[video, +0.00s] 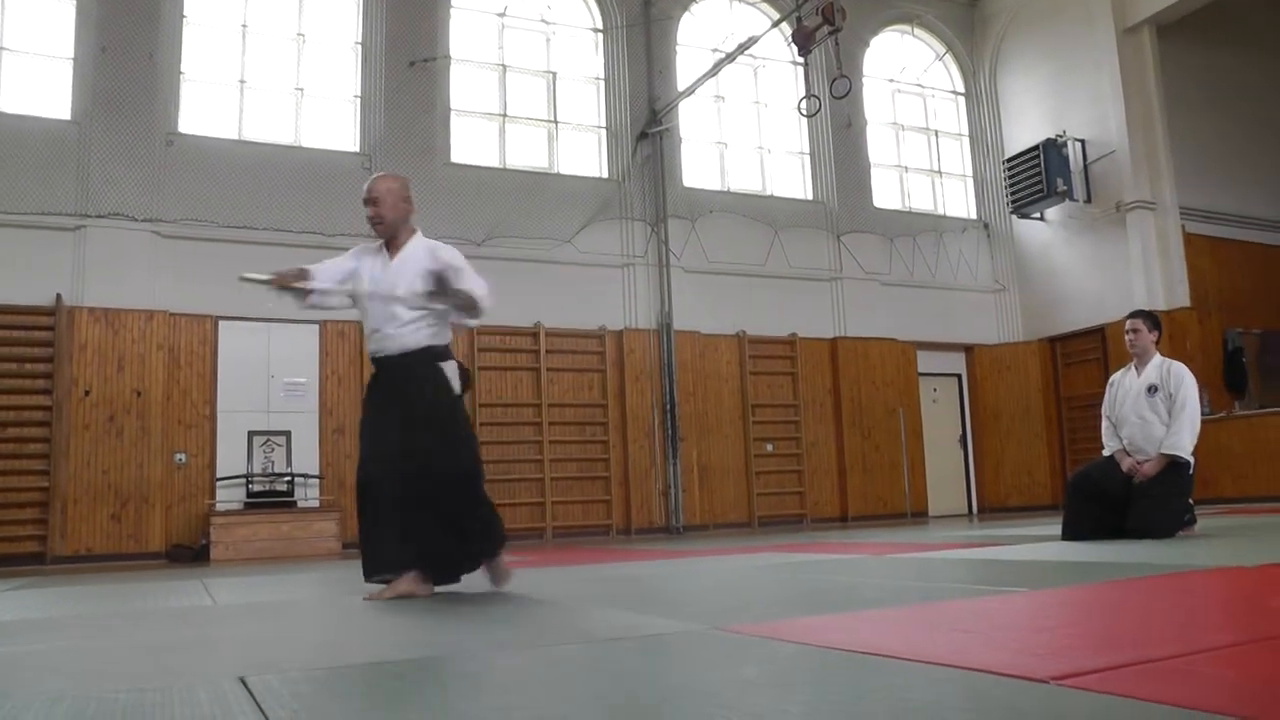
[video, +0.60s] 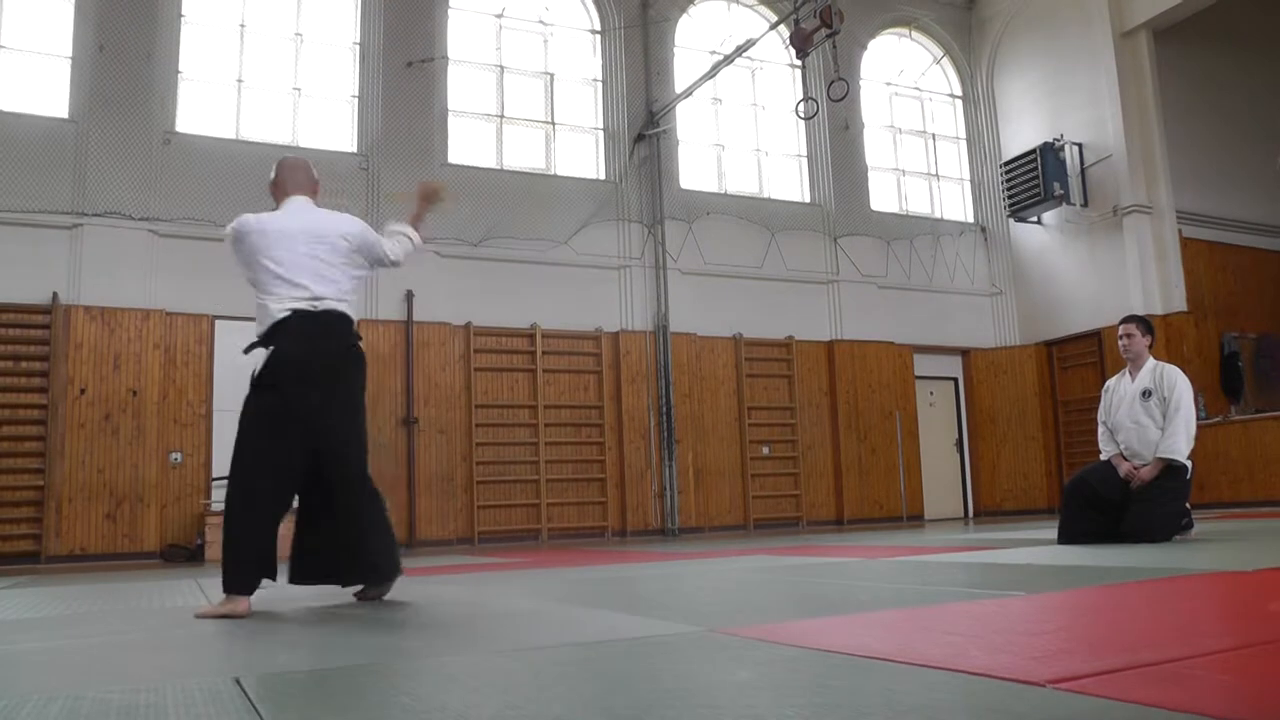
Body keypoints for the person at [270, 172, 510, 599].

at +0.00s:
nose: (369, 211)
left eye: (376, 203)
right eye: (366, 204)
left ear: (406, 205)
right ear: (370, 210)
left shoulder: (436, 254)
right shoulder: (362, 259)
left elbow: (479, 301)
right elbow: (323, 276)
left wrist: (451, 293)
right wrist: (296, 279)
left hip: (431, 376)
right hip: (386, 378)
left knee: (450, 469)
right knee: (382, 473)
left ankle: (488, 546)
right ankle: (412, 573)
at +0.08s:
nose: (351, 211)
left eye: (358, 202)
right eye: (350, 204)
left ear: (389, 204)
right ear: (360, 209)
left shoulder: (423, 251)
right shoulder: (359, 260)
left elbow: (430, 298)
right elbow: (311, 283)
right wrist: (257, 288)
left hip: (419, 372)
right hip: (379, 375)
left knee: (419, 469)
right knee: (374, 473)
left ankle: (462, 549)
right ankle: (412, 576)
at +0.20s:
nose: (330, 212)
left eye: (333, 201)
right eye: (329, 202)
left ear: (361, 198)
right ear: (361, 199)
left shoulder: (384, 242)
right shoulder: (376, 245)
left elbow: (354, 292)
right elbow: (341, 301)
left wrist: (288, 301)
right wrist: (286, 312)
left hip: (388, 375)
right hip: (383, 373)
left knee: (336, 460)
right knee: (398, 472)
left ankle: (370, 576)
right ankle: (407, 574)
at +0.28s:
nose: (318, 212)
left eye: (320, 202)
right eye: (318, 203)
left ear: (341, 196)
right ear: (357, 196)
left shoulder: (356, 240)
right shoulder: (380, 241)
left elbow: (310, 282)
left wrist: (248, 296)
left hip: (369, 367)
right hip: (393, 364)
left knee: (311, 463)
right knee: (392, 468)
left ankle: (301, 579)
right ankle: (406, 571)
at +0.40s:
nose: (301, 203)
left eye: (302, 196)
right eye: (302, 196)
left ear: (311, 194)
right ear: (343, 193)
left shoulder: (301, 236)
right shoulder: (376, 239)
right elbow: (400, 291)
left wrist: (221, 281)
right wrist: (411, 301)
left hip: (330, 357)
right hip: (374, 356)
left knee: (286, 464)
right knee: (379, 460)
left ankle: (245, 582)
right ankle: (407, 570)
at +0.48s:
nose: (290, 198)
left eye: (289, 191)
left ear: (292, 191)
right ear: (335, 192)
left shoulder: (274, 233)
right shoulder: (366, 235)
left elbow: (222, 269)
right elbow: (404, 274)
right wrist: (435, 276)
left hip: (307, 356)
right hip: (359, 354)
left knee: (273, 466)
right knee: (362, 461)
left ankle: (238, 588)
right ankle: (396, 568)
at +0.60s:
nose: (274, 192)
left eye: (272, 186)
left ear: (273, 191)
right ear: (318, 190)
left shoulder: (248, 228)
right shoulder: (348, 226)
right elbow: (392, 253)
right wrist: (416, 215)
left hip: (286, 353)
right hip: (340, 351)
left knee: (256, 468)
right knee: (346, 464)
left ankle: (238, 592)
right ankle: (380, 568)